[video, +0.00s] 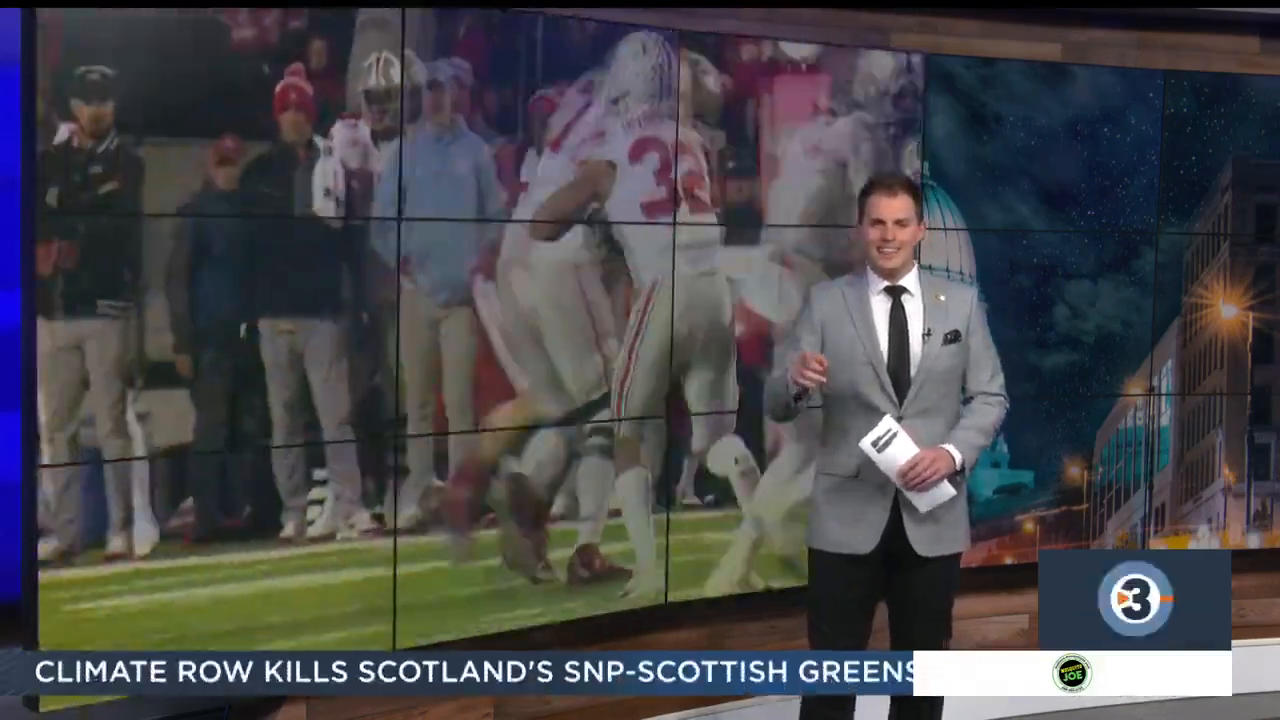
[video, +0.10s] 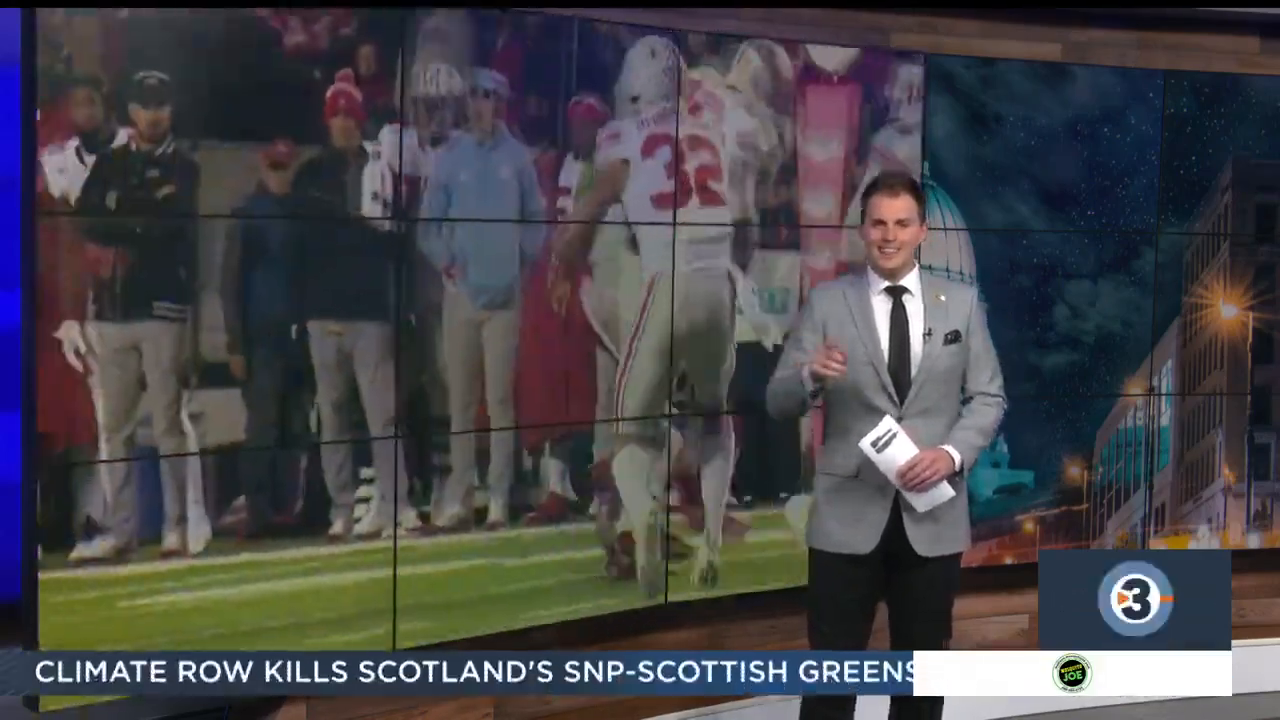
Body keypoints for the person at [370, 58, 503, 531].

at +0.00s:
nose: (435, 97)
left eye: (443, 89)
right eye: (430, 88)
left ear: (459, 95)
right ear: (422, 94)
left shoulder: (477, 150)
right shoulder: (399, 152)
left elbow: (496, 212)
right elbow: (381, 220)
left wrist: (484, 259)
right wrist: (401, 260)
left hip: (462, 281)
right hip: (416, 282)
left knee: (459, 394)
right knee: (417, 394)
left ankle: (464, 495)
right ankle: (420, 493)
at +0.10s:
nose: (482, 105)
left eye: (489, 97)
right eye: (477, 96)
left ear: (500, 103)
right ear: (467, 101)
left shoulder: (517, 155)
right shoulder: (447, 155)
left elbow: (536, 217)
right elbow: (426, 223)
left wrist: (523, 262)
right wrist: (444, 260)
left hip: (506, 285)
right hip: (460, 285)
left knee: (500, 397)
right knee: (461, 397)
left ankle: (499, 500)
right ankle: (459, 499)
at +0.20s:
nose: (504, 120)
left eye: (510, 112)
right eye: (498, 112)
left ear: (521, 117)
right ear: (488, 116)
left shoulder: (538, 166)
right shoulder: (471, 168)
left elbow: (558, 226)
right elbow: (450, 237)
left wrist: (551, 272)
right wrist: (470, 274)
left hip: (528, 300)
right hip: (484, 299)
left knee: (521, 409)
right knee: (484, 410)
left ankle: (520, 509)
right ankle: (479, 510)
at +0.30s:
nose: (520, 118)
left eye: (525, 110)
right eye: (513, 109)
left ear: (535, 115)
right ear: (503, 115)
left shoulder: (553, 165)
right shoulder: (487, 167)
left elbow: (574, 226)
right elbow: (467, 237)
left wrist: (566, 274)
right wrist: (486, 274)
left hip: (544, 299)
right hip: (499, 299)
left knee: (537, 407)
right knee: (499, 408)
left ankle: (536, 505)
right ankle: (496, 506)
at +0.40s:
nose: (530, 112)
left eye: (536, 103)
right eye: (524, 103)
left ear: (547, 108)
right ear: (516, 108)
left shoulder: (567, 160)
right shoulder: (500, 162)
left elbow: (583, 220)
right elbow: (481, 228)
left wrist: (577, 270)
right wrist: (497, 266)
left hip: (557, 289)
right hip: (512, 289)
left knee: (550, 401)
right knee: (512, 401)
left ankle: (553, 498)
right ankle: (510, 499)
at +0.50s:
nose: (529, 106)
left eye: (536, 98)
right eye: (524, 98)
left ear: (547, 103)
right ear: (516, 103)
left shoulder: (566, 153)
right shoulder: (501, 158)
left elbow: (579, 215)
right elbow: (484, 224)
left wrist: (561, 272)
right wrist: (499, 274)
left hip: (557, 288)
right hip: (511, 288)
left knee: (553, 395)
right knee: (513, 399)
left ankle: (554, 494)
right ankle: (509, 494)